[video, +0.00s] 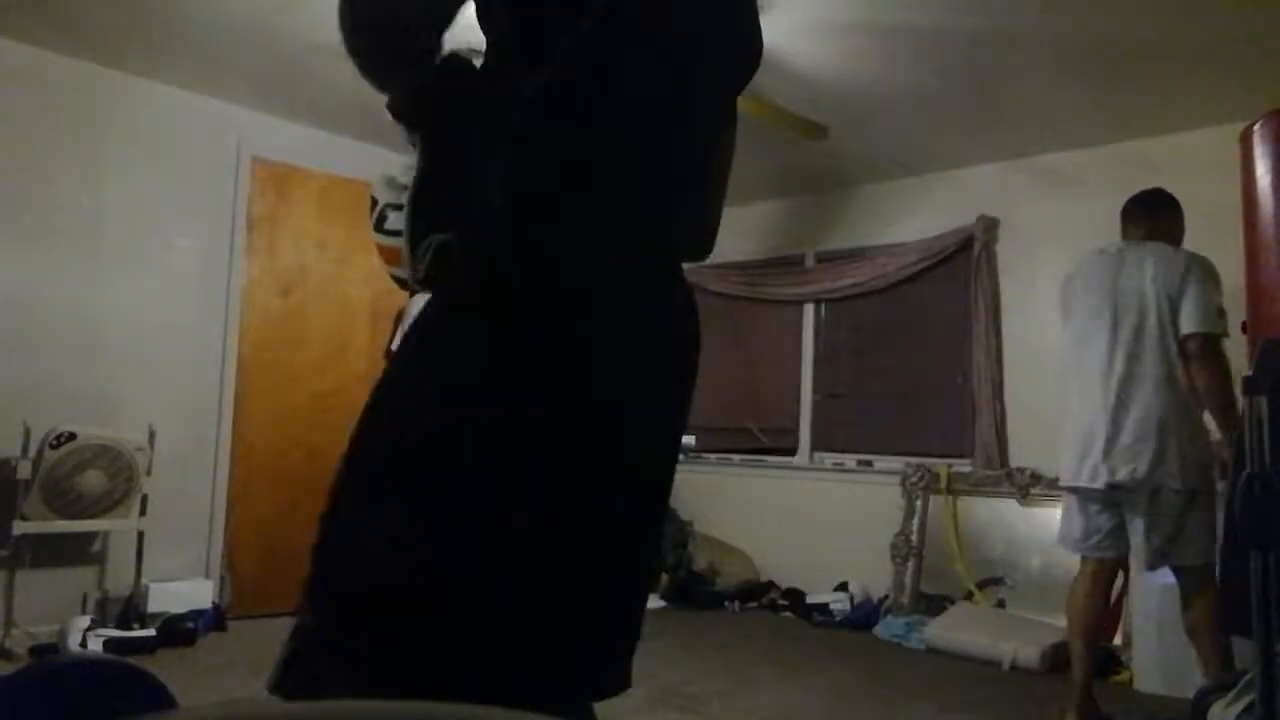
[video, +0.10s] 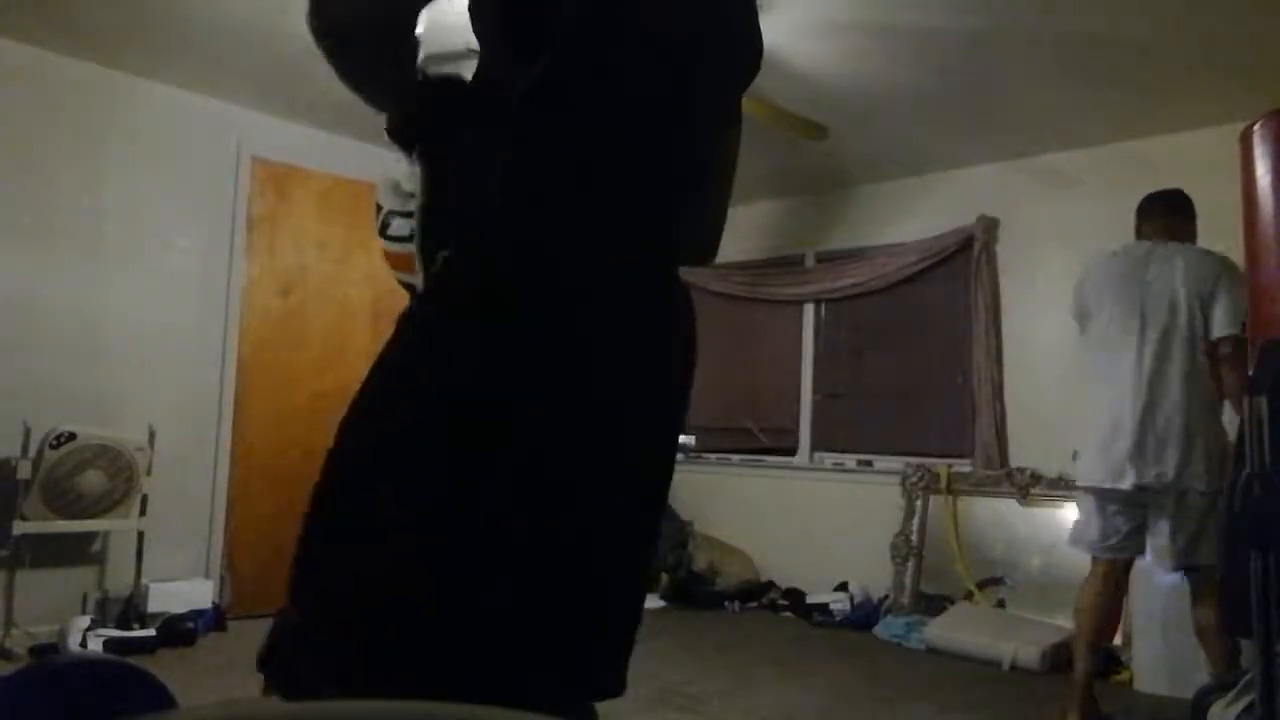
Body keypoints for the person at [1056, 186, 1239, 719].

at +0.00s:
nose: (1180, 238)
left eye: (1178, 231)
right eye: (1178, 230)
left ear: (1125, 226)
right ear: (1170, 226)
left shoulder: (1080, 274)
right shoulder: (1186, 267)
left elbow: (1084, 356)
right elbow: (1199, 352)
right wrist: (1230, 434)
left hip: (1090, 453)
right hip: (1168, 452)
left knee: (1094, 568)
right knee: (1196, 580)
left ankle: (1079, 699)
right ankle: (1221, 691)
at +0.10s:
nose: (1190, 238)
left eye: (1184, 232)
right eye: (1190, 230)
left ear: (1137, 230)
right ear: (1190, 227)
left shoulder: (1098, 271)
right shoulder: (1213, 269)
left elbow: (1092, 344)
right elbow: (1229, 358)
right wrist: (1249, 424)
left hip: (1111, 451)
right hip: (1191, 452)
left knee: (1104, 572)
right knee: (1206, 582)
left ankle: (1080, 699)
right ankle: (1228, 694)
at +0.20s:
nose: (1206, 239)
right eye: (1207, 230)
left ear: (1153, 226)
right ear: (1206, 226)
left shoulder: (1118, 268)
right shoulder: (1231, 268)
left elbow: (1095, 345)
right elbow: (1248, 348)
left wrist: (1152, 331)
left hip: (1128, 448)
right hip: (1207, 451)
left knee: (1115, 568)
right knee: (1213, 581)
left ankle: (1083, 701)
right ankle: (1229, 698)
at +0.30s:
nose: (1215, 238)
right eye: (1218, 230)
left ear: (1167, 225)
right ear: (1220, 228)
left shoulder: (1133, 267)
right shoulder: (1239, 265)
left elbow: (1100, 342)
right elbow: (1260, 337)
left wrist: (1152, 318)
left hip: (1139, 444)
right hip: (1219, 447)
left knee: (1124, 562)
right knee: (1225, 576)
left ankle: (1088, 691)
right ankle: (1229, 693)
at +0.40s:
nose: (1212, 236)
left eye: (1191, 225)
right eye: (1223, 227)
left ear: (1176, 224)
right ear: (1231, 226)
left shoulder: (1144, 265)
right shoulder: (1251, 265)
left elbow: (1108, 340)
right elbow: (1266, 341)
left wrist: (1163, 322)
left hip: (1149, 445)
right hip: (1229, 449)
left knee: (1128, 561)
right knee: (1229, 577)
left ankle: (1095, 689)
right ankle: (1232, 693)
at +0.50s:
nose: (1222, 234)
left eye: (1194, 225)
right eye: (1228, 225)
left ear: (1179, 223)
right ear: (1234, 224)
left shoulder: (1155, 261)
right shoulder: (1255, 264)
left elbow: (1116, 339)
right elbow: (1268, 336)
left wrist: (1168, 324)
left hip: (1156, 444)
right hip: (1234, 448)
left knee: (1129, 557)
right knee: (1232, 574)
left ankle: (1105, 688)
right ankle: (1232, 696)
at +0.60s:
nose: (1225, 233)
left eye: (1188, 224)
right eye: (1229, 224)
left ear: (1180, 221)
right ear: (1232, 222)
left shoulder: (1155, 261)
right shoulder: (1254, 264)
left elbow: (1119, 340)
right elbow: (1264, 336)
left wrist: (1172, 329)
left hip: (1158, 445)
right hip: (1234, 450)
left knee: (1134, 565)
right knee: (1231, 575)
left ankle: (1119, 695)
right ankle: (1232, 697)